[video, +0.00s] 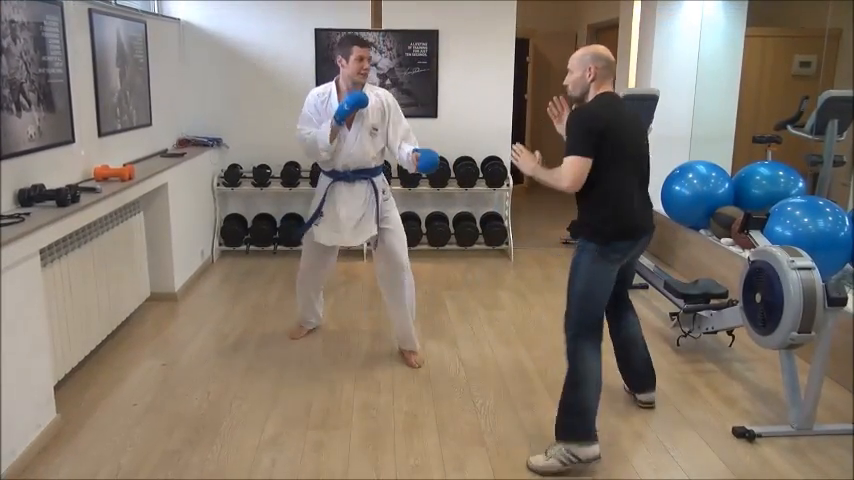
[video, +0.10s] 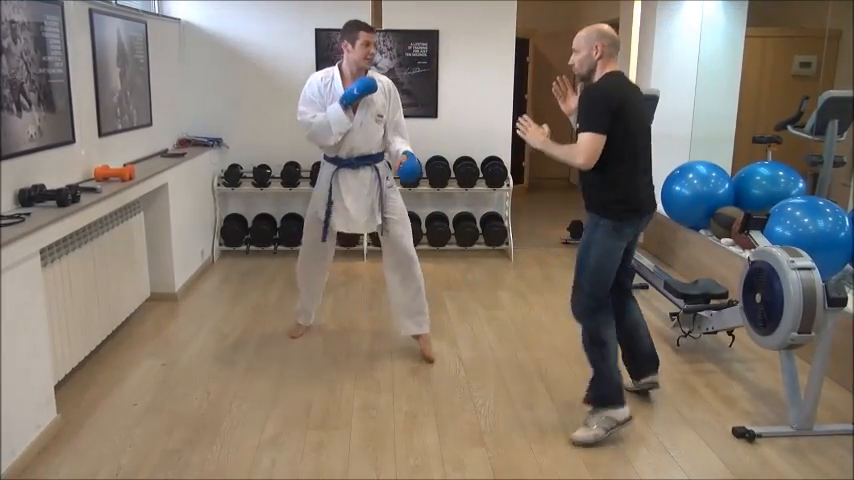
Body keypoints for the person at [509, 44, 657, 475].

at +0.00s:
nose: (565, 79)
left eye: (570, 71)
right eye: (567, 72)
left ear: (591, 74)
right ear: (600, 74)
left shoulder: (590, 115)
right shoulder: (626, 112)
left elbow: (570, 181)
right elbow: (607, 165)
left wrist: (534, 169)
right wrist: (571, 133)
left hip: (603, 235)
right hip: (635, 229)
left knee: (582, 332)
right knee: (618, 303)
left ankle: (578, 442)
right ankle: (643, 387)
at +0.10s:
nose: (571, 60)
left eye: (576, 52)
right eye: (572, 53)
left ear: (598, 52)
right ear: (605, 52)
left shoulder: (601, 92)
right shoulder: (628, 91)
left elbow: (583, 157)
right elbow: (605, 151)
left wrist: (543, 144)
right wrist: (577, 117)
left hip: (611, 212)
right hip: (633, 209)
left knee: (588, 305)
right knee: (617, 294)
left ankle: (610, 407)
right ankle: (645, 374)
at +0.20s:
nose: (572, 51)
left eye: (577, 43)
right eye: (572, 43)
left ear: (599, 42)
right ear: (604, 43)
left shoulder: (604, 80)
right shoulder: (625, 78)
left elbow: (587, 144)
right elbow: (608, 140)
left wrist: (547, 133)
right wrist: (578, 106)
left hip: (615, 200)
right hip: (628, 195)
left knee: (597, 290)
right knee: (613, 277)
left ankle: (637, 381)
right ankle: (646, 346)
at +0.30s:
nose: (571, 62)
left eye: (576, 55)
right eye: (572, 54)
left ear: (599, 54)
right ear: (604, 54)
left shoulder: (599, 91)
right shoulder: (627, 89)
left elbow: (587, 153)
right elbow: (612, 143)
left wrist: (548, 147)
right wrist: (578, 111)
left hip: (613, 208)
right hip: (626, 200)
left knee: (616, 297)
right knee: (608, 274)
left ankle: (657, 382)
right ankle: (617, 333)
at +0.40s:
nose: (574, 74)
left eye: (578, 67)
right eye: (574, 67)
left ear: (601, 66)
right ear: (604, 66)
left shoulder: (601, 103)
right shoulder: (626, 100)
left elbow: (595, 167)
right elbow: (597, 150)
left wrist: (554, 172)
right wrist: (577, 115)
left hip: (610, 212)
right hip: (625, 205)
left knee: (600, 293)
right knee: (608, 272)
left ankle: (651, 375)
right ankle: (619, 333)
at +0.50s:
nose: (574, 62)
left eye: (579, 56)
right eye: (574, 56)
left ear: (600, 54)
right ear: (604, 54)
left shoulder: (599, 90)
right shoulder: (628, 87)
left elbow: (604, 147)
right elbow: (598, 134)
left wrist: (568, 160)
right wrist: (575, 103)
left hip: (603, 198)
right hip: (624, 194)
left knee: (574, 270)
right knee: (611, 261)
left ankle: (615, 353)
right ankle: (626, 334)